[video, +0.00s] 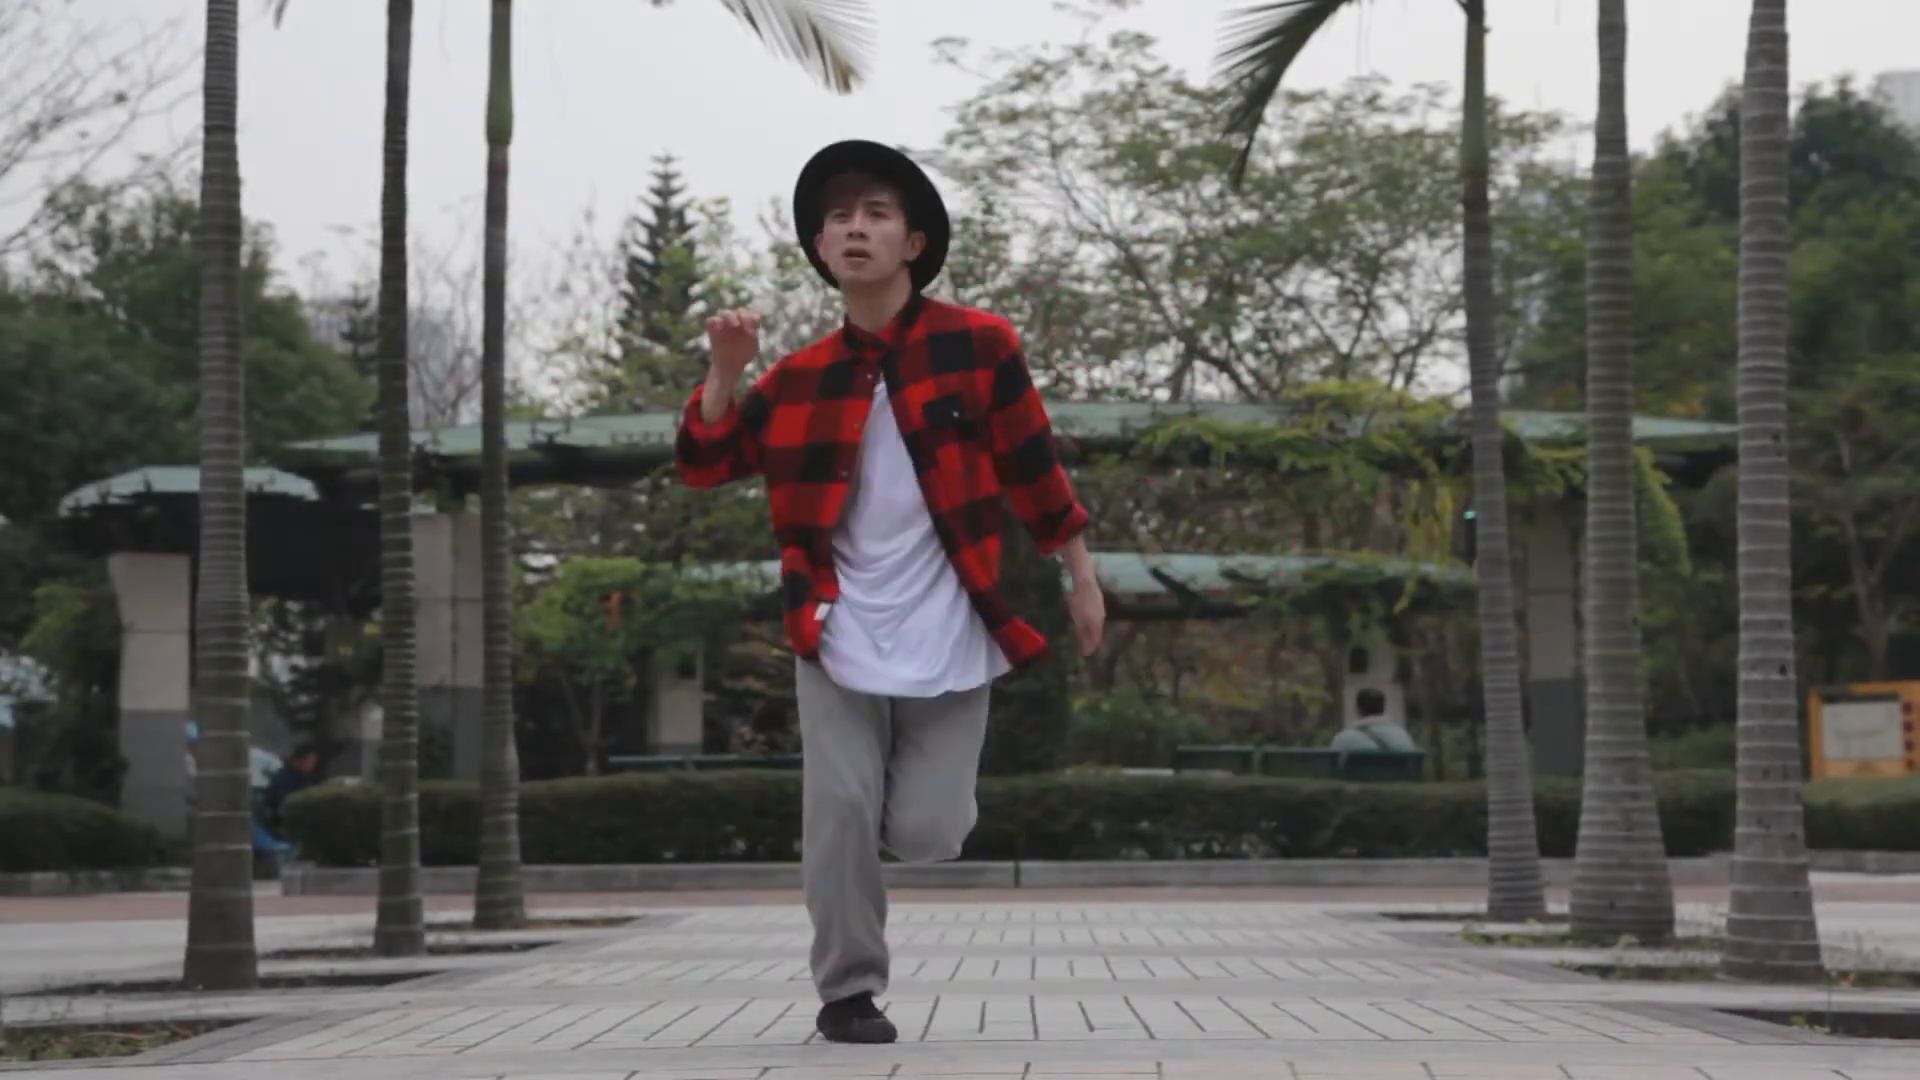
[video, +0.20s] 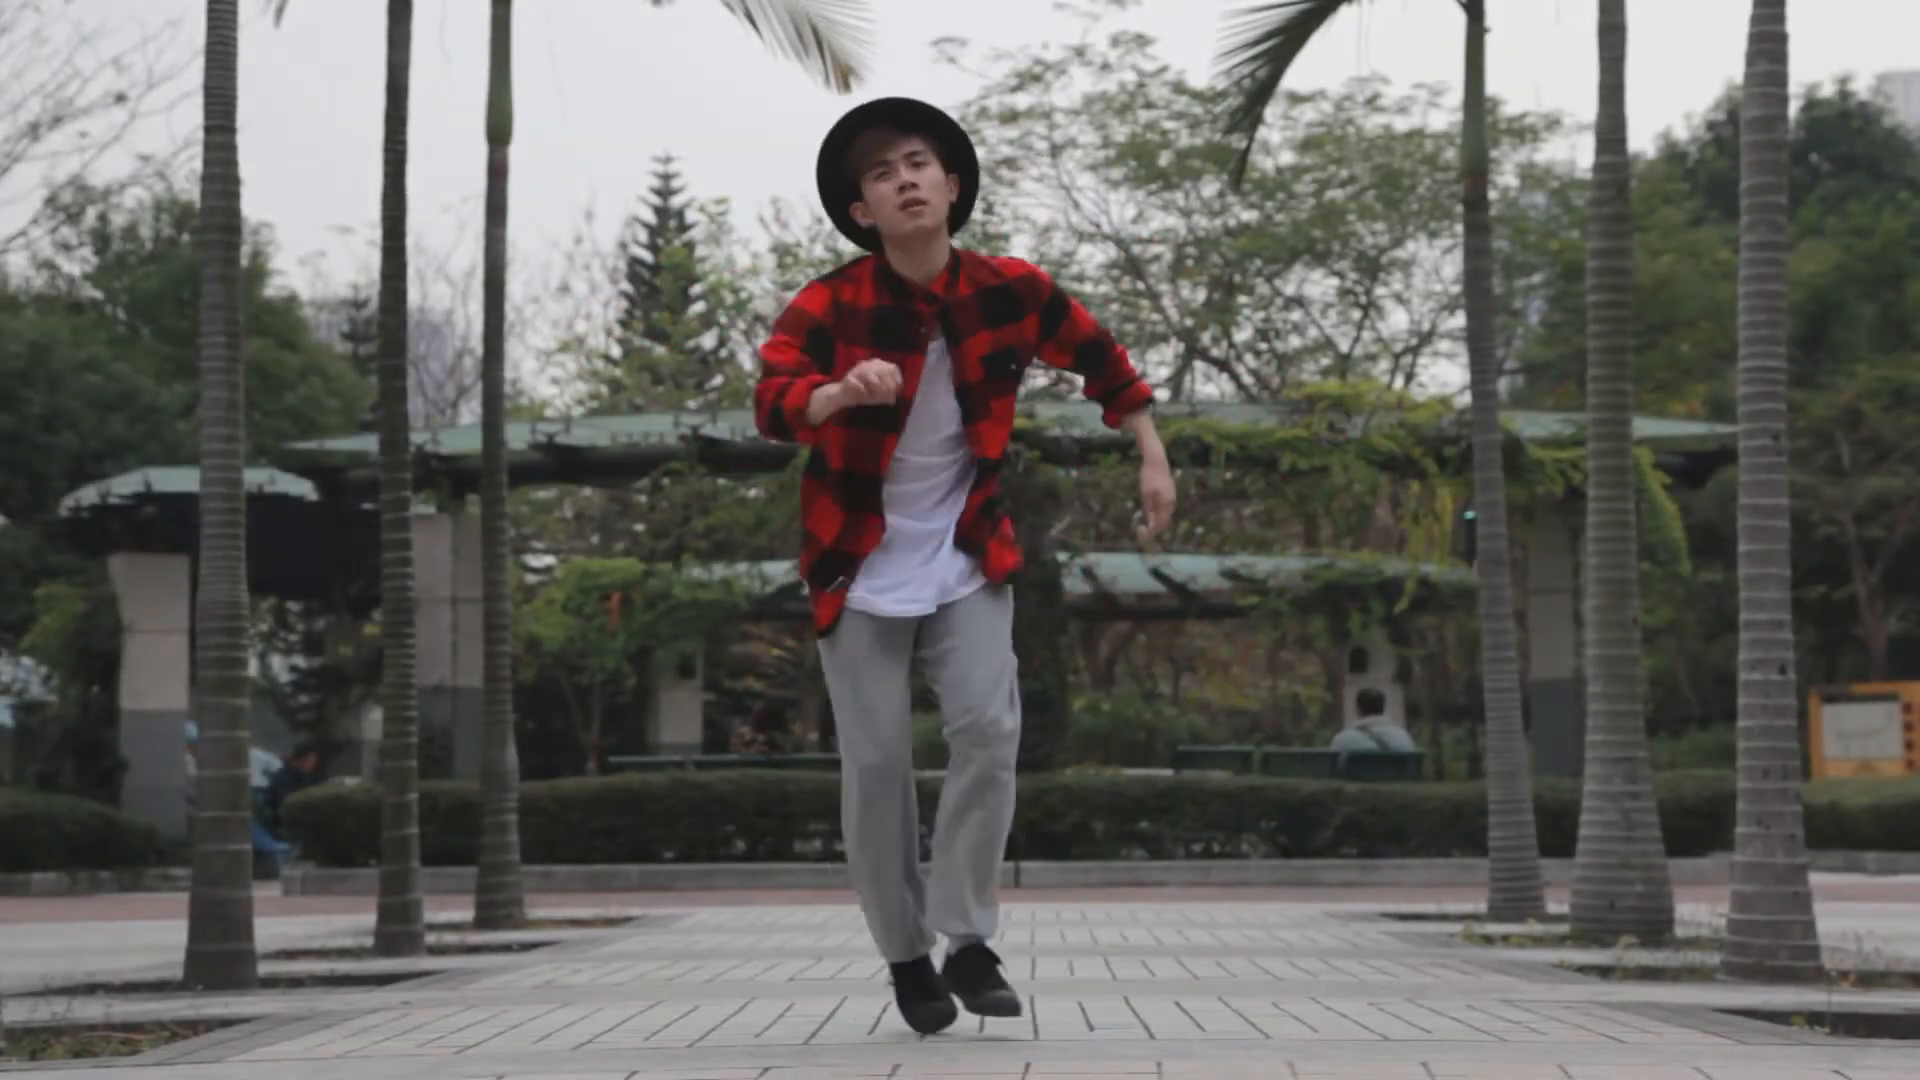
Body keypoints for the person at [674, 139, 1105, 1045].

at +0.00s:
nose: (854, 226)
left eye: (877, 212)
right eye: (838, 214)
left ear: (917, 242)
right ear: (817, 248)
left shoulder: (978, 347)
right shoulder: (798, 377)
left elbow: (1032, 464)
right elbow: (702, 465)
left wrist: (1081, 572)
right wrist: (722, 377)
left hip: (953, 627)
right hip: (841, 626)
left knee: (928, 838)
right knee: (842, 811)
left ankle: (863, 801)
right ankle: (849, 993)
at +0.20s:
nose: (905, 181)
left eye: (919, 162)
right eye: (880, 173)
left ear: (955, 183)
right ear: (858, 210)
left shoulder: (1009, 292)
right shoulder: (830, 306)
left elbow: (1096, 351)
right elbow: (772, 402)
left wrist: (1152, 449)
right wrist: (839, 393)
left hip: (968, 557)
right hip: (860, 566)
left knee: (991, 728)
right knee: (876, 759)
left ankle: (962, 940)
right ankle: (905, 952)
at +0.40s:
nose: (974, 228)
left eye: (987, 210)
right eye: (947, 218)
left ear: (1010, 232)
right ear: (914, 253)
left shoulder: (1026, 356)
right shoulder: (892, 355)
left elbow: (1061, 470)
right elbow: (918, 493)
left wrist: (1113, 476)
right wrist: (951, 618)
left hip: (976, 607)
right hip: (869, 617)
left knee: (1011, 775)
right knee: (892, 809)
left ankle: (1064, 969)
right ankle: (927, 975)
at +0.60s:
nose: (963, 214)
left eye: (985, 205)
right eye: (945, 196)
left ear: (1004, 242)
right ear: (906, 217)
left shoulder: (1004, 349)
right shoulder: (824, 307)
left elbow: (996, 486)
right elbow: (724, 383)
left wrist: (982, 393)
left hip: (929, 561)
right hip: (822, 548)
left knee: (988, 769)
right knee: (833, 724)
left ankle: (1023, 977)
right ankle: (809, 869)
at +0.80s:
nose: (811, 238)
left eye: (838, 227)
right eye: (799, 222)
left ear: (875, 261)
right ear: (781, 241)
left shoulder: (890, 358)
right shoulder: (740, 336)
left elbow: (949, 456)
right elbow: (656, 353)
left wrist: (948, 512)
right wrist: (589, 371)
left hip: (876, 650)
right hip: (755, 634)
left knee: (857, 844)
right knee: (707, 795)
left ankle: (804, 920)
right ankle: (682, 990)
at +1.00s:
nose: (778, 246)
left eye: (796, 226)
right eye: (757, 233)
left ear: (838, 238)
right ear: (740, 256)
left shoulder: (910, 338)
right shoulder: (717, 352)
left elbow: (999, 423)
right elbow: (594, 402)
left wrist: (1072, 522)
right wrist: (644, 373)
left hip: (904, 595)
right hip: (781, 604)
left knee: (922, 748)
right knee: (747, 791)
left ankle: (830, 793)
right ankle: (704, 988)